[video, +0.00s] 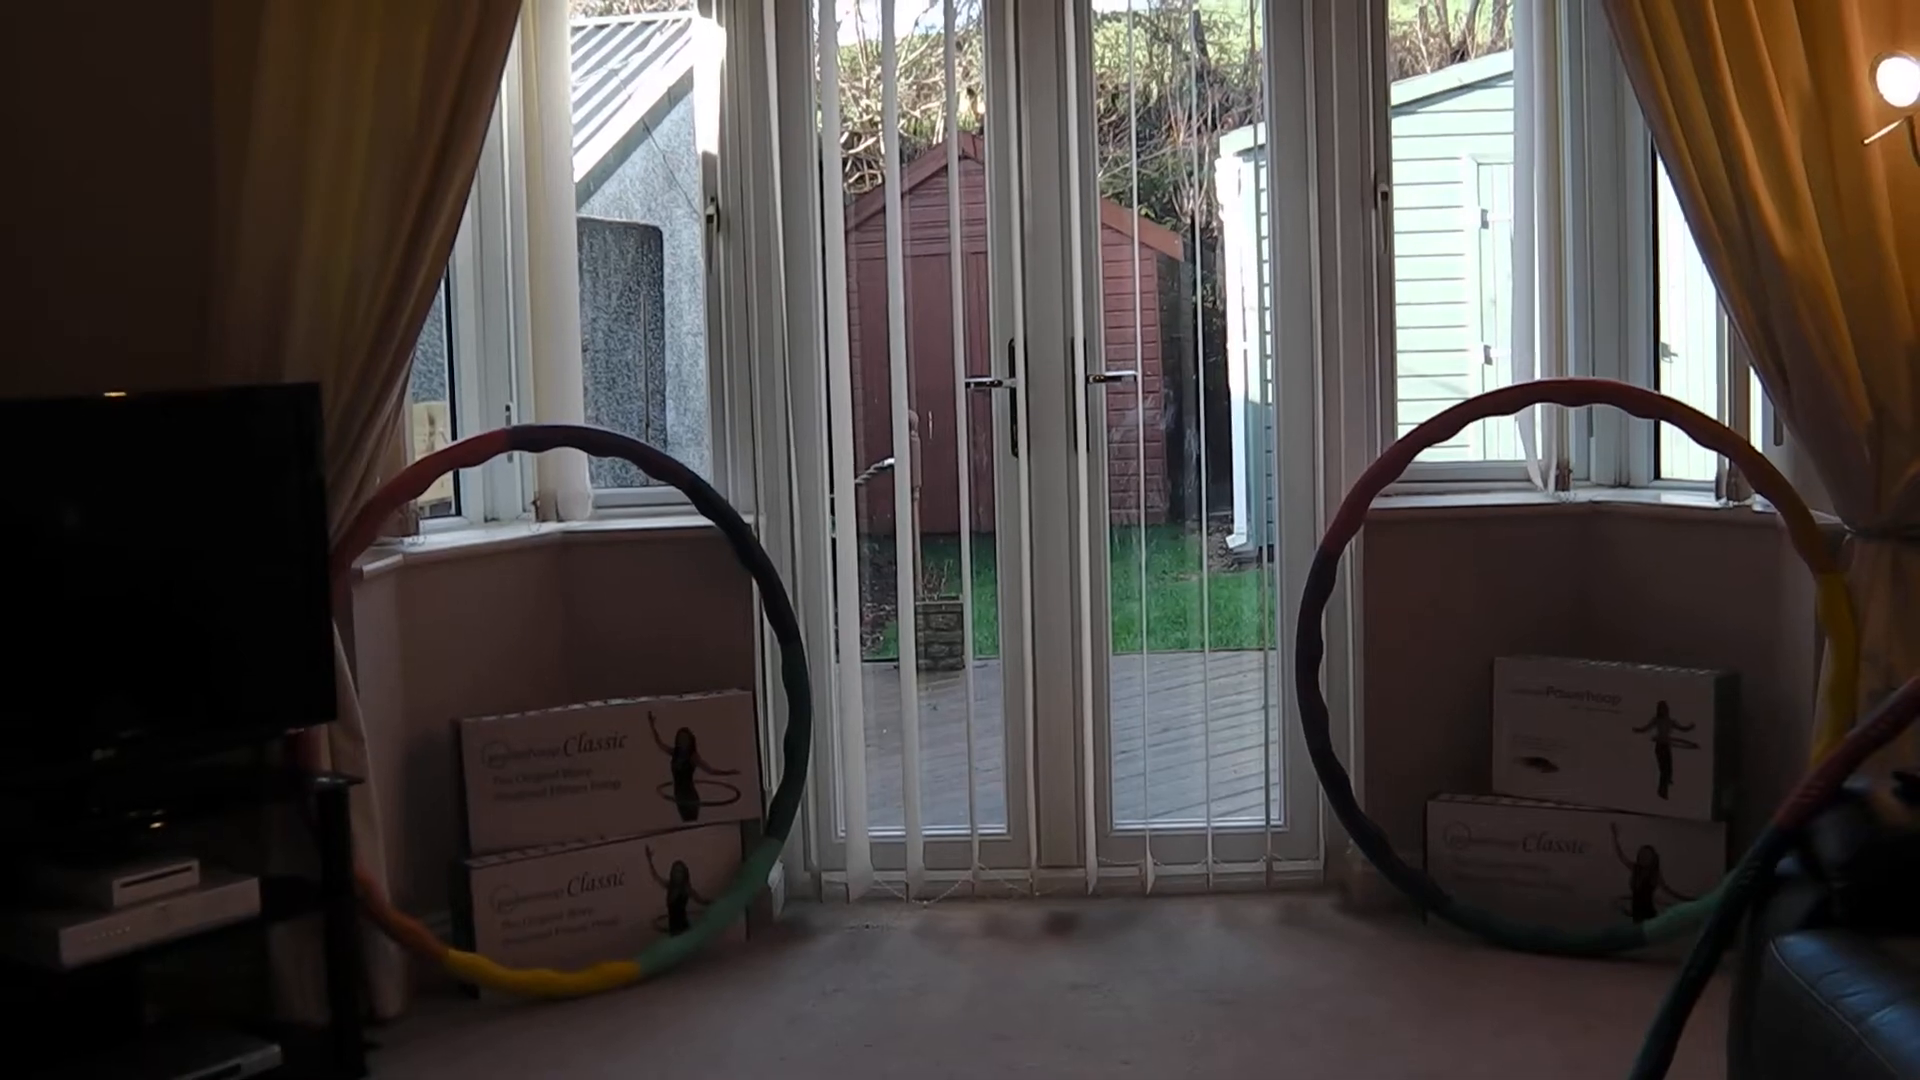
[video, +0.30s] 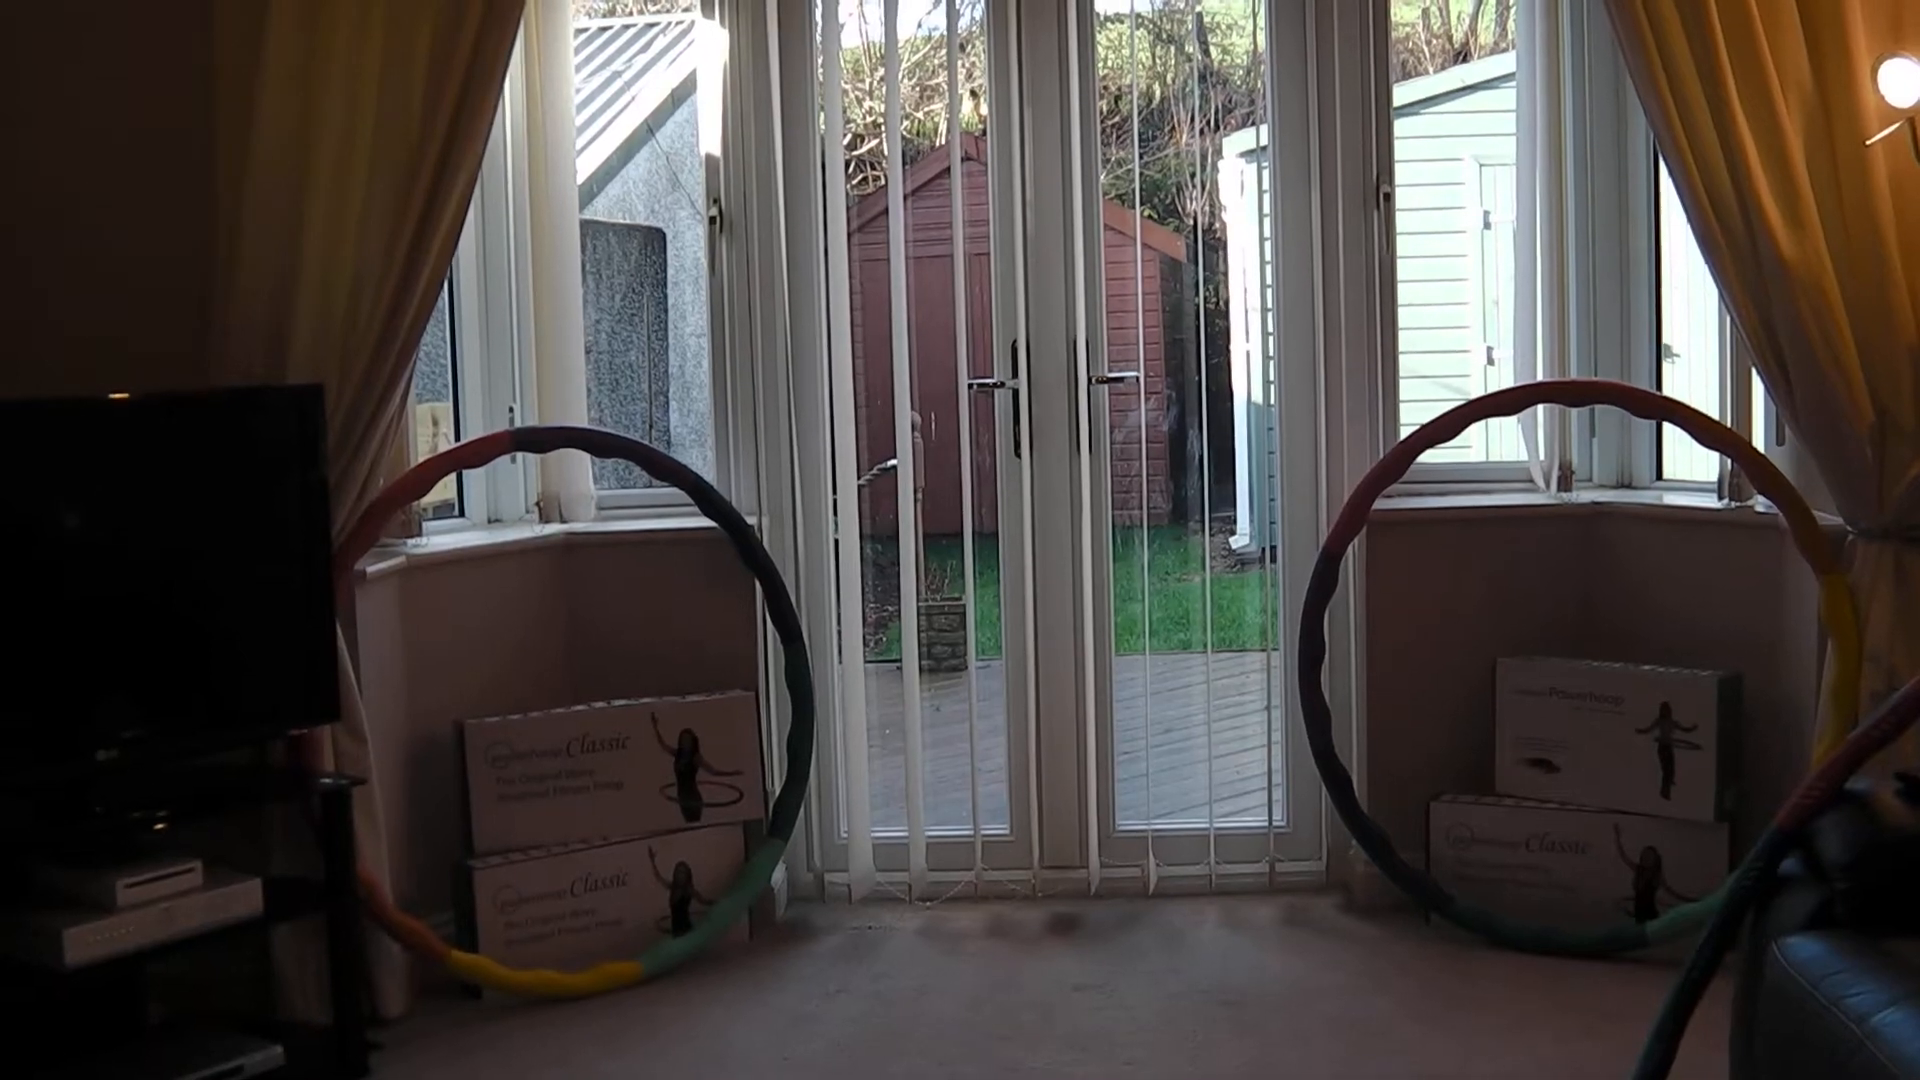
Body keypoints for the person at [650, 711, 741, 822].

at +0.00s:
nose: (682, 741)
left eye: (685, 739)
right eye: (680, 738)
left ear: (690, 741)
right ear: (676, 740)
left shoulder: (692, 756)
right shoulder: (675, 754)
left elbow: (710, 771)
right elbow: (659, 743)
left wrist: (729, 773)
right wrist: (652, 725)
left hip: (689, 794)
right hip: (678, 794)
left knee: (692, 827)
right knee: (688, 827)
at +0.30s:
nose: (684, 742)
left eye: (687, 740)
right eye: (682, 739)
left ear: (693, 741)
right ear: (679, 741)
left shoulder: (695, 757)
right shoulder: (678, 755)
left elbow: (713, 772)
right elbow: (662, 744)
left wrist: (733, 773)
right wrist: (655, 726)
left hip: (692, 794)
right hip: (682, 795)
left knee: (695, 827)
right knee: (690, 827)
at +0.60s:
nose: (685, 742)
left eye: (688, 739)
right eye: (683, 739)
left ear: (693, 741)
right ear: (679, 741)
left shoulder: (695, 757)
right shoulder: (677, 754)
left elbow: (713, 772)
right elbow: (662, 743)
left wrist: (733, 773)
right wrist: (655, 725)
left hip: (692, 794)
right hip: (681, 794)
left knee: (696, 825)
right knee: (690, 825)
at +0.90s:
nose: (685, 742)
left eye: (688, 739)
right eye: (683, 739)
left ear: (693, 741)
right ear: (680, 741)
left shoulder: (696, 757)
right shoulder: (678, 755)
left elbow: (713, 772)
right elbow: (662, 744)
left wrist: (733, 774)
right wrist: (655, 725)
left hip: (693, 795)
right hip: (682, 795)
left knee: (696, 827)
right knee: (690, 828)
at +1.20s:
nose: (685, 741)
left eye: (688, 739)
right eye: (683, 739)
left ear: (693, 741)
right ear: (680, 740)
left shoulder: (696, 757)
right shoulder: (678, 754)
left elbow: (713, 771)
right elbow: (662, 744)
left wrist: (733, 773)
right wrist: (655, 726)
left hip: (693, 793)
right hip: (682, 793)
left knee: (696, 826)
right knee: (690, 826)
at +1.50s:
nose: (684, 741)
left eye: (688, 738)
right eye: (683, 738)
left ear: (693, 741)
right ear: (680, 740)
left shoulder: (696, 757)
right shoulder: (678, 754)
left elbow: (713, 772)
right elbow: (662, 744)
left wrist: (733, 773)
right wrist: (655, 725)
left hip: (693, 794)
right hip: (682, 794)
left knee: (696, 826)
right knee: (690, 826)